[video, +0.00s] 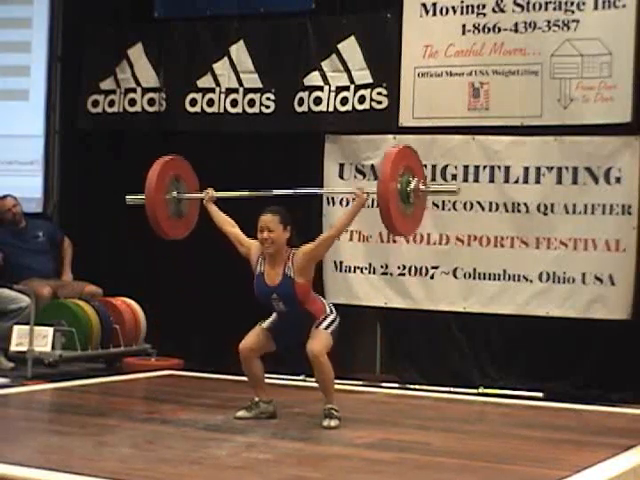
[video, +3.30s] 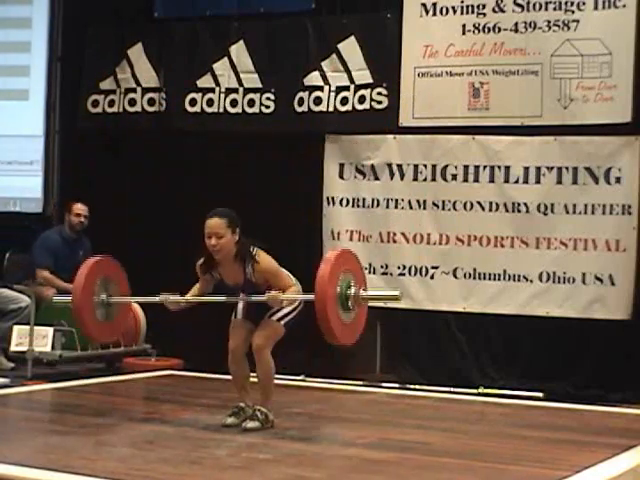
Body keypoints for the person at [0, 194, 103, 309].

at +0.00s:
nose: (14, 211)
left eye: (15, 206)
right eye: (8, 211)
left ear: (20, 205)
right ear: (2, 217)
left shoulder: (41, 226)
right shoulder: (4, 235)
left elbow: (66, 242)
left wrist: (67, 274)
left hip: (53, 279)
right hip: (24, 281)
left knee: (95, 292)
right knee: (45, 293)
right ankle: (34, 337)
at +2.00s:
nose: (15, 211)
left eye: (16, 205)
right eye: (9, 209)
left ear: (22, 206)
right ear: (3, 215)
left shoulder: (41, 226)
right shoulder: (4, 235)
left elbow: (66, 242)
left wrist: (67, 273)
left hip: (54, 279)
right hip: (26, 280)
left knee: (94, 292)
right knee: (45, 293)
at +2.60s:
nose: (34, 206)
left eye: (37, 203)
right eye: (29, 203)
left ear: (41, 205)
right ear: (21, 205)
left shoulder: (49, 230)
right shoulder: (10, 229)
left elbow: (67, 252)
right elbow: (1, 246)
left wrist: (69, 259)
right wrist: (14, 252)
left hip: (52, 279)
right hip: (25, 279)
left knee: (93, 292)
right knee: (45, 293)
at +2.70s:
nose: (39, 206)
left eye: (42, 203)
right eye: (34, 203)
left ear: (47, 206)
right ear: (26, 205)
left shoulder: (52, 232)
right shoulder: (14, 230)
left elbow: (63, 267)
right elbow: (3, 252)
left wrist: (71, 263)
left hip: (52, 279)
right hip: (25, 279)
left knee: (93, 292)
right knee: (45, 293)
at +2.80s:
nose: (45, 206)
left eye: (48, 203)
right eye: (40, 202)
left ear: (52, 207)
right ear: (32, 205)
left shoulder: (53, 231)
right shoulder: (20, 231)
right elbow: (17, 265)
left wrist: (68, 265)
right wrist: (53, 265)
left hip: (56, 279)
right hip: (30, 280)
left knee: (92, 291)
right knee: (45, 292)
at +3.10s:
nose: (66, 211)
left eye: (69, 208)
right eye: (61, 207)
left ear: (72, 212)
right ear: (52, 209)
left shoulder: (70, 237)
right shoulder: (36, 233)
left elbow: (77, 266)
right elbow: (32, 271)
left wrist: (77, 273)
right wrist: (66, 278)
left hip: (61, 279)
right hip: (37, 279)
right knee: (48, 291)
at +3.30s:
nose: (82, 220)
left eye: (85, 217)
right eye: (77, 216)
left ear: (88, 220)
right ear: (67, 216)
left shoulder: (84, 243)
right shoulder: (48, 239)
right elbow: (41, 275)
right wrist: (71, 288)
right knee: (49, 293)